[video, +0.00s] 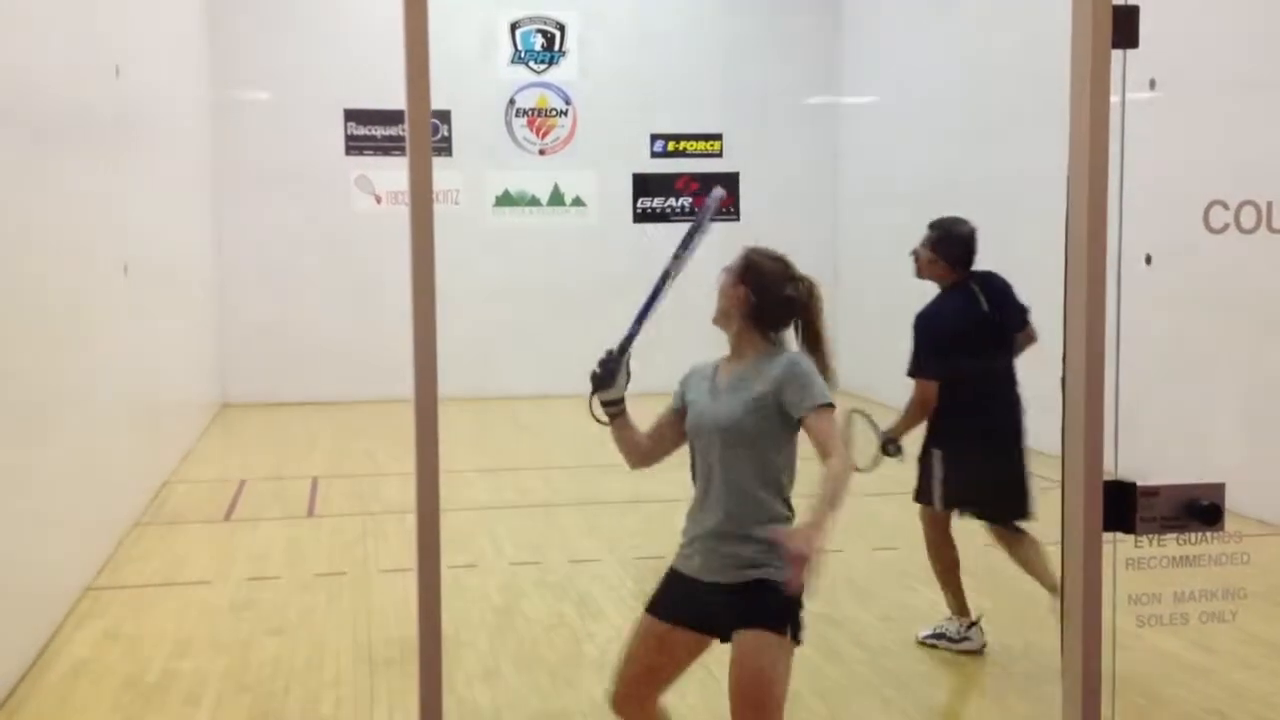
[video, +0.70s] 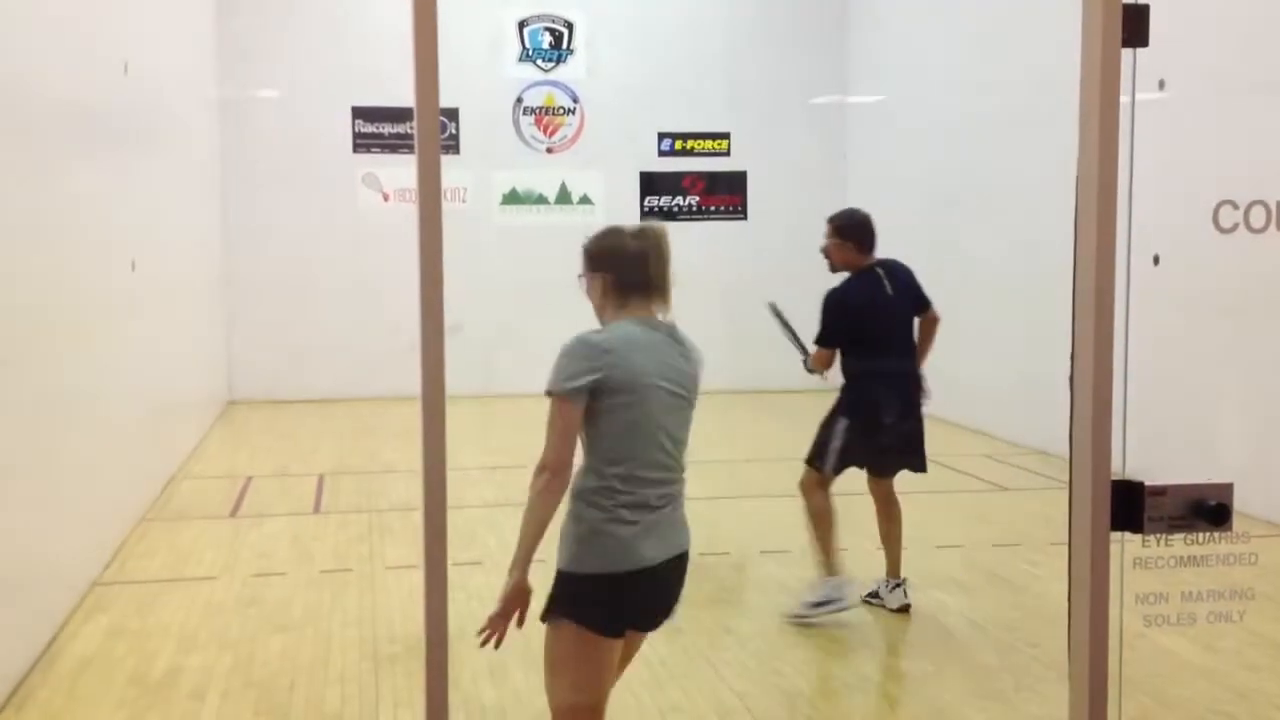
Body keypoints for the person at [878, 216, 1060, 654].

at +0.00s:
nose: (915, 251)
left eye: (924, 248)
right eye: (921, 245)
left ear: (941, 262)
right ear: (960, 259)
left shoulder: (933, 318)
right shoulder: (992, 286)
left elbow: (925, 399)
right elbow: (1027, 335)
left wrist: (892, 433)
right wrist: (988, 360)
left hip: (951, 435)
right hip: (1000, 430)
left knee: (934, 517)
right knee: (1002, 523)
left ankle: (961, 621)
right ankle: (1061, 592)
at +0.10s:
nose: (901, 245)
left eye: (910, 242)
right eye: (907, 239)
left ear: (931, 255)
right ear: (943, 253)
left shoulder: (920, 309)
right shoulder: (977, 278)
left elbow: (910, 386)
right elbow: (1010, 327)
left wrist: (876, 419)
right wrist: (980, 362)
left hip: (942, 421)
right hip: (986, 411)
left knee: (933, 513)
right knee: (962, 501)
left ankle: (963, 620)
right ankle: (1018, 589)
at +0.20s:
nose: (888, 241)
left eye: (897, 237)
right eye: (893, 234)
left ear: (918, 250)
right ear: (927, 248)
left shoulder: (907, 304)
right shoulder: (960, 272)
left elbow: (896, 380)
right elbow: (998, 319)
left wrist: (864, 409)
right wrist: (982, 371)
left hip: (935, 411)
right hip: (972, 401)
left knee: (935, 506)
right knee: (941, 499)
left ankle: (966, 619)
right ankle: (961, 603)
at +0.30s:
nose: (877, 247)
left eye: (886, 242)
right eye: (881, 239)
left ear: (909, 254)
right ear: (913, 251)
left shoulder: (896, 308)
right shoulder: (944, 274)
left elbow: (882, 381)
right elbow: (985, 317)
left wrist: (849, 402)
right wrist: (983, 377)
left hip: (923, 418)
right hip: (954, 408)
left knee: (934, 511)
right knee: (925, 501)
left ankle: (968, 618)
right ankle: (907, 584)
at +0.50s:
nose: (855, 255)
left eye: (863, 249)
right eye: (859, 247)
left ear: (885, 256)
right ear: (891, 255)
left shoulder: (869, 311)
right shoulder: (920, 278)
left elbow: (851, 369)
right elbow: (959, 320)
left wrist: (822, 379)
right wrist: (959, 377)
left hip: (890, 418)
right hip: (921, 412)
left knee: (869, 508)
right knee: (890, 501)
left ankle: (938, 583)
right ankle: (894, 588)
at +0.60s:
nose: (840, 250)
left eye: (846, 243)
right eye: (843, 242)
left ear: (866, 248)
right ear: (877, 248)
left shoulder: (856, 303)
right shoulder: (909, 274)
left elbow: (838, 360)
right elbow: (944, 316)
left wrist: (817, 365)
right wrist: (938, 369)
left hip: (875, 405)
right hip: (912, 402)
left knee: (831, 489)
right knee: (884, 485)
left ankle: (889, 568)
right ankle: (894, 581)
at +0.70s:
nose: (823, 248)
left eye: (830, 242)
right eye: (826, 240)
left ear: (851, 247)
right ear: (860, 246)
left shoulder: (841, 297)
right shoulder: (897, 272)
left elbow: (822, 360)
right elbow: (930, 319)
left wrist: (814, 358)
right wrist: (914, 365)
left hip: (860, 401)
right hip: (901, 399)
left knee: (813, 483)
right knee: (881, 484)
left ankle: (832, 584)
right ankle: (894, 584)